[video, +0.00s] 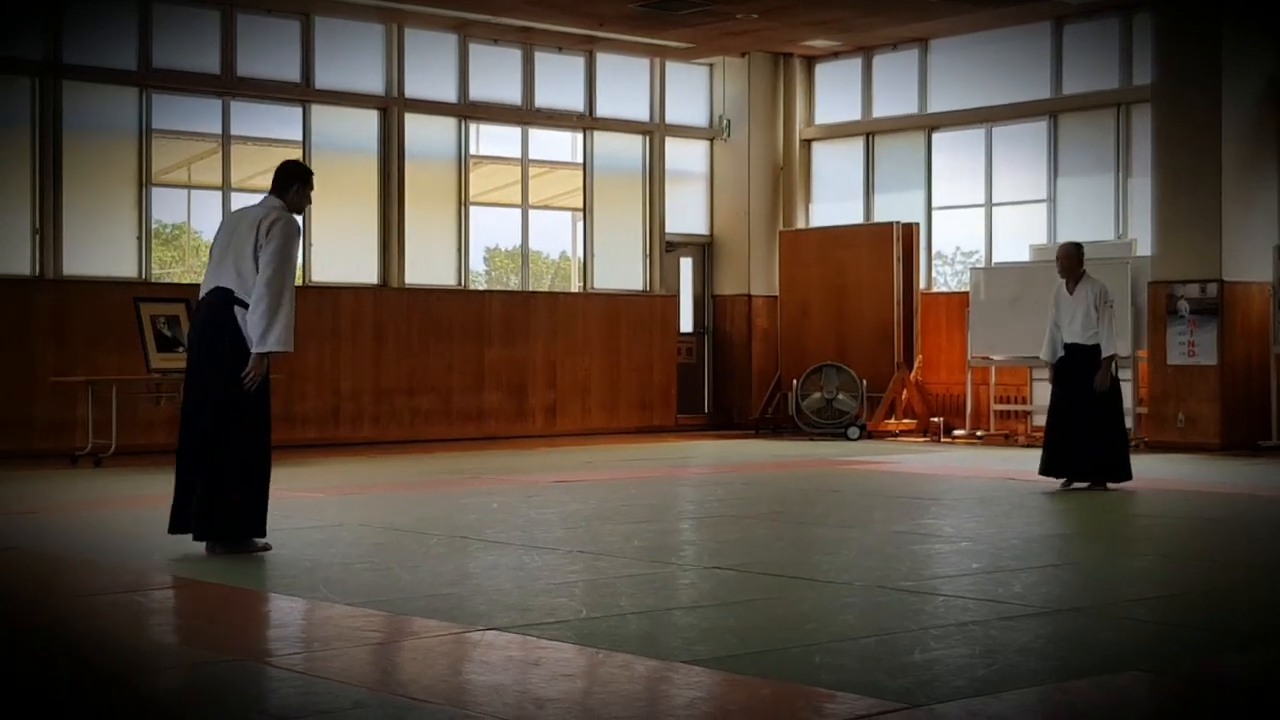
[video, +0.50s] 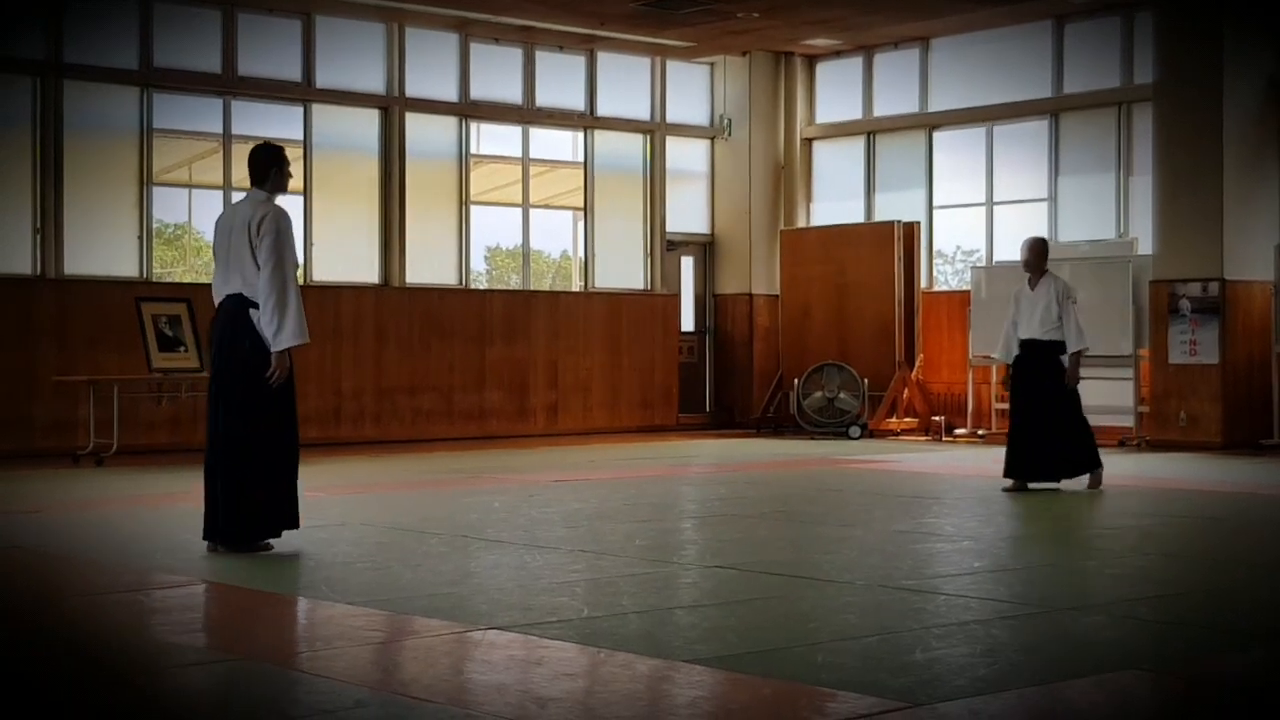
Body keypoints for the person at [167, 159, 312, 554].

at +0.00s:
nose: (310, 201)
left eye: (310, 193)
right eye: (308, 192)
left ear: (275, 186)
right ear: (296, 189)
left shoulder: (236, 217)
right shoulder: (282, 221)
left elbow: (215, 275)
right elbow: (270, 283)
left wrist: (206, 328)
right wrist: (262, 346)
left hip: (208, 321)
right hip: (237, 324)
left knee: (214, 425)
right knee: (243, 427)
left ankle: (213, 526)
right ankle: (233, 531)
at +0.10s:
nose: (300, 189)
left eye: (301, 182)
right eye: (300, 182)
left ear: (265, 178)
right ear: (290, 180)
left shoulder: (228, 216)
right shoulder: (279, 217)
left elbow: (215, 276)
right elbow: (273, 279)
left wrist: (213, 328)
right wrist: (269, 343)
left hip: (213, 324)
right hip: (246, 327)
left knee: (215, 426)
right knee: (247, 428)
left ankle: (215, 527)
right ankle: (235, 531)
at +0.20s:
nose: (297, 181)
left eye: (296, 174)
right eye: (294, 174)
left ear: (259, 175)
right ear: (282, 176)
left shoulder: (227, 214)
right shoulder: (276, 215)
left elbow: (218, 274)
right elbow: (273, 280)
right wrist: (273, 342)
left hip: (216, 325)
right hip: (248, 328)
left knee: (219, 425)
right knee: (250, 428)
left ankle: (217, 527)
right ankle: (238, 531)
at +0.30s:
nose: (293, 178)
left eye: (291, 170)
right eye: (290, 171)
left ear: (255, 173)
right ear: (278, 174)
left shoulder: (225, 214)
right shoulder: (274, 215)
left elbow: (219, 275)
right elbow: (274, 281)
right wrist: (276, 342)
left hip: (219, 326)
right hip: (252, 329)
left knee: (220, 425)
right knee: (252, 427)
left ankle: (218, 527)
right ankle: (239, 530)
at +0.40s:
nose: (291, 176)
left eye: (290, 169)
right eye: (289, 170)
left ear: (253, 173)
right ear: (277, 173)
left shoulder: (226, 216)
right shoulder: (273, 216)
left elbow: (221, 277)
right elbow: (273, 283)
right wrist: (278, 343)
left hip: (223, 326)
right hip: (255, 329)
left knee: (224, 425)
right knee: (255, 428)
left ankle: (219, 527)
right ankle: (242, 530)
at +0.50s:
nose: (290, 176)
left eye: (289, 169)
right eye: (287, 169)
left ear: (252, 173)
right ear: (277, 173)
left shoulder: (226, 217)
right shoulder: (273, 216)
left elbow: (223, 278)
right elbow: (274, 284)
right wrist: (280, 343)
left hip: (226, 328)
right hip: (258, 331)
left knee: (227, 427)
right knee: (256, 429)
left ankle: (221, 527)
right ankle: (244, 531)